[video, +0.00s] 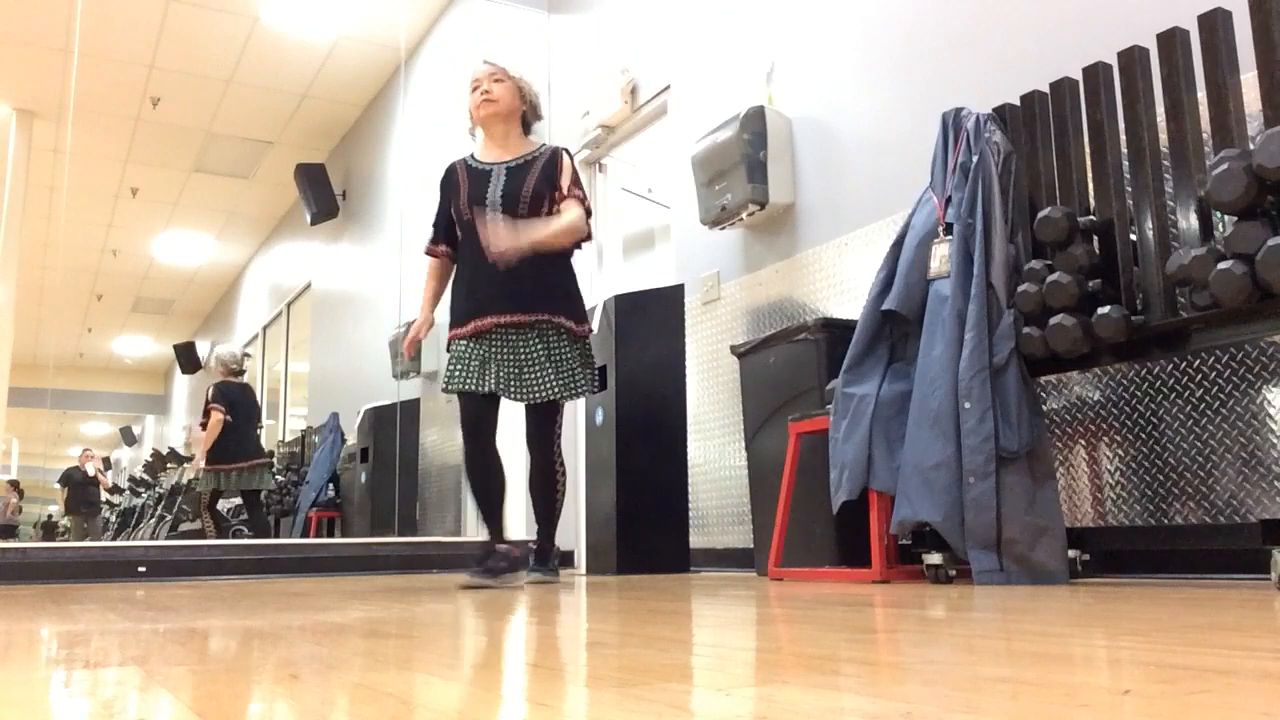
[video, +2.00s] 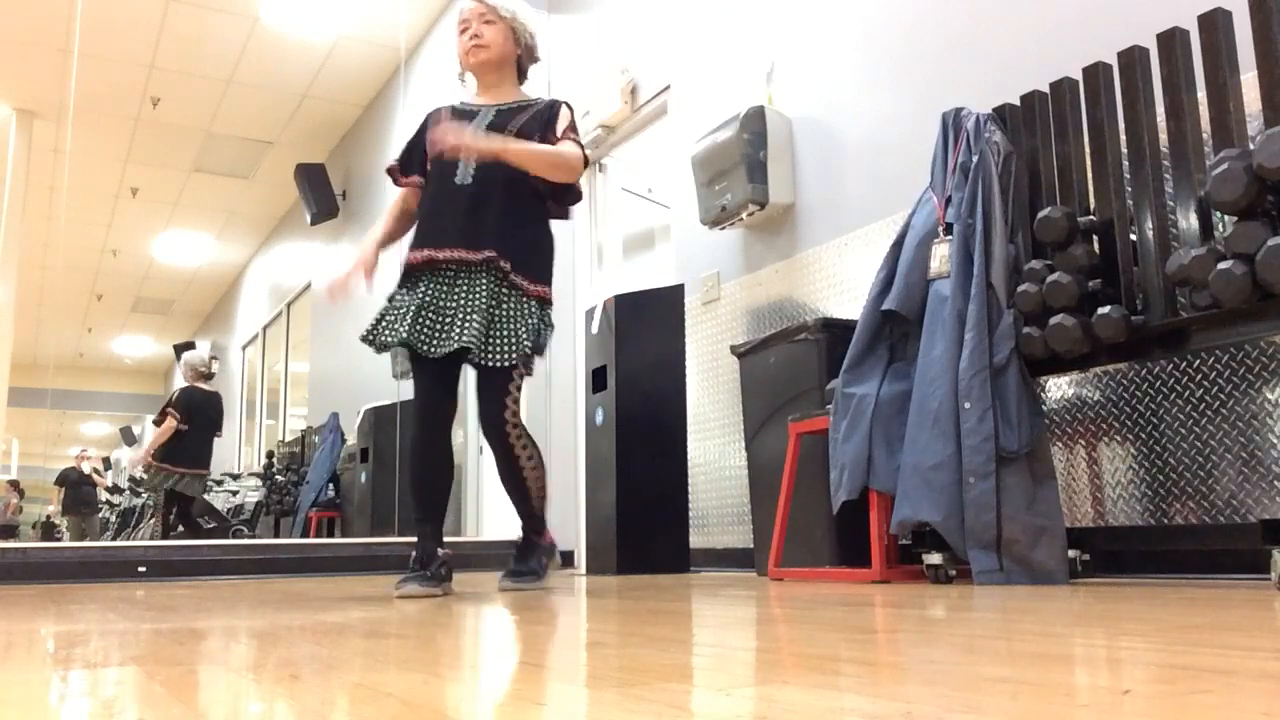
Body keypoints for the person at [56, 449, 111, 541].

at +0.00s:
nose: (89, 459)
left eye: (92, 457)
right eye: (86, 456)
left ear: (94, 459)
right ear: (80, 458)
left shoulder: (97, 471)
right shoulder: (71, 471)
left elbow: (107, 485)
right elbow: (61, 488)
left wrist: (96, 471)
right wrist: (61, 506)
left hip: (94, 511)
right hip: (76, 512)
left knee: (96, 540)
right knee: (77, 541)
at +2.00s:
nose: (85, 461)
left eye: (87, 458)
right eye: (82, 458)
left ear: (90, 460)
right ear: (76, 459)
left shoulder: (94, 471)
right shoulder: (67, 472)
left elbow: (103, 484)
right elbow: (58, 489)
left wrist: (92, 474)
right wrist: (56, 507)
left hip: (91, 511)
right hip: (73, 512)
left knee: (95, 538)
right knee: (75, 540)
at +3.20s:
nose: (96, 460)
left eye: (99, 458)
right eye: (94, 457)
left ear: (103, 460)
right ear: (89, 458)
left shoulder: (107, 473)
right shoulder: (80, 471)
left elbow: (114, 486)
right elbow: (69, 487)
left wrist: (102, 473)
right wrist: (67, 504)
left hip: (99, 512)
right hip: (81, 511)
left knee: (97, 540)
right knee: (78, 539)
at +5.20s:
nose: (86, 463)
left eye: (90, 460)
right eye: (84, 460)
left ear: (95, 462)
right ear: (82, 461)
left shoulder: (100, 472)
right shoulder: (75, 472)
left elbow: (101, 487)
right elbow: (67, 490)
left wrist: (89, 475)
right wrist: (60, 504)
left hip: (90, 509)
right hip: (74, 510)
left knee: (91, 538)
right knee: (79, 538)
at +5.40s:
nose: (86, 463)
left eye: (89, 460)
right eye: (84, 460)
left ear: (95, 462)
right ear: (81, 461)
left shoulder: (99, 472)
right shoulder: (76, 472)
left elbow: (100, 487)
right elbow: (67, 490)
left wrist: (88, 475)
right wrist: (60, 505)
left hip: (89, 508)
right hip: (74, 508)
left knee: (89, 537)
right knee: (78, 537)